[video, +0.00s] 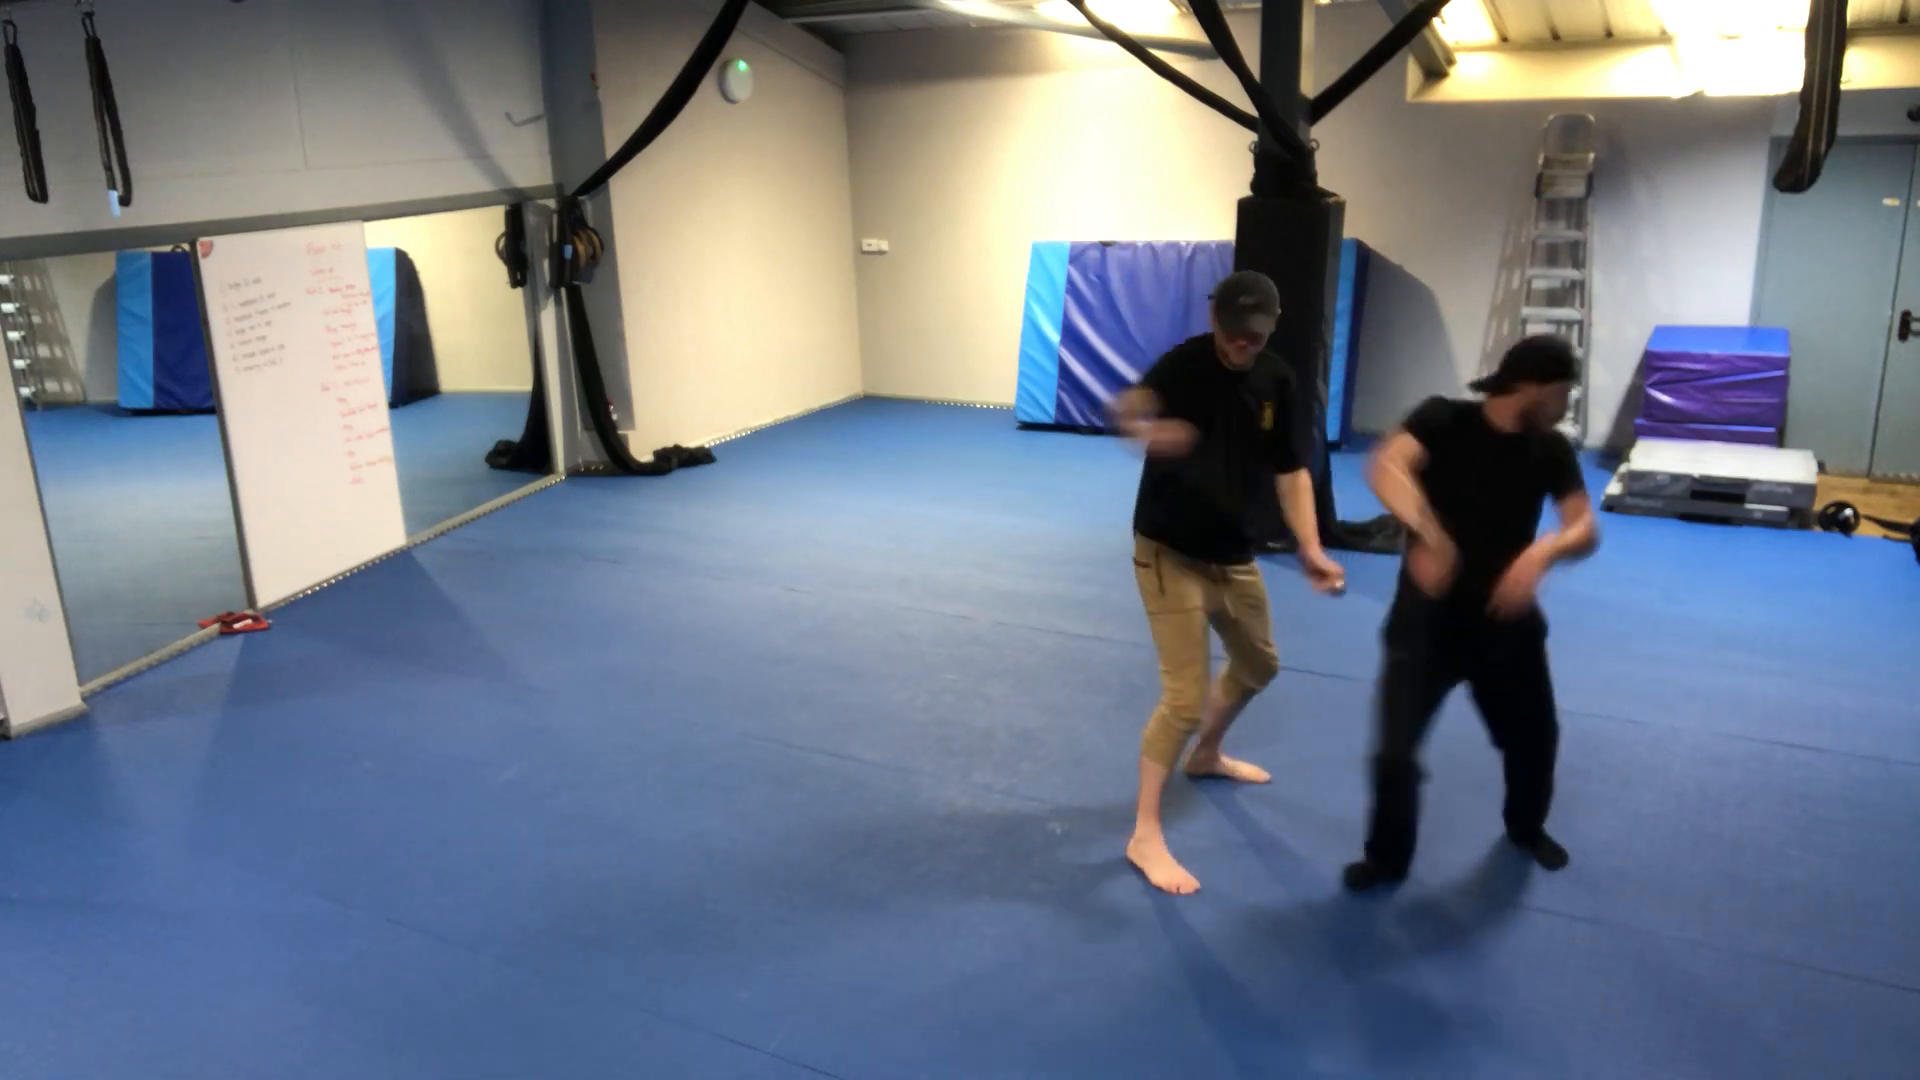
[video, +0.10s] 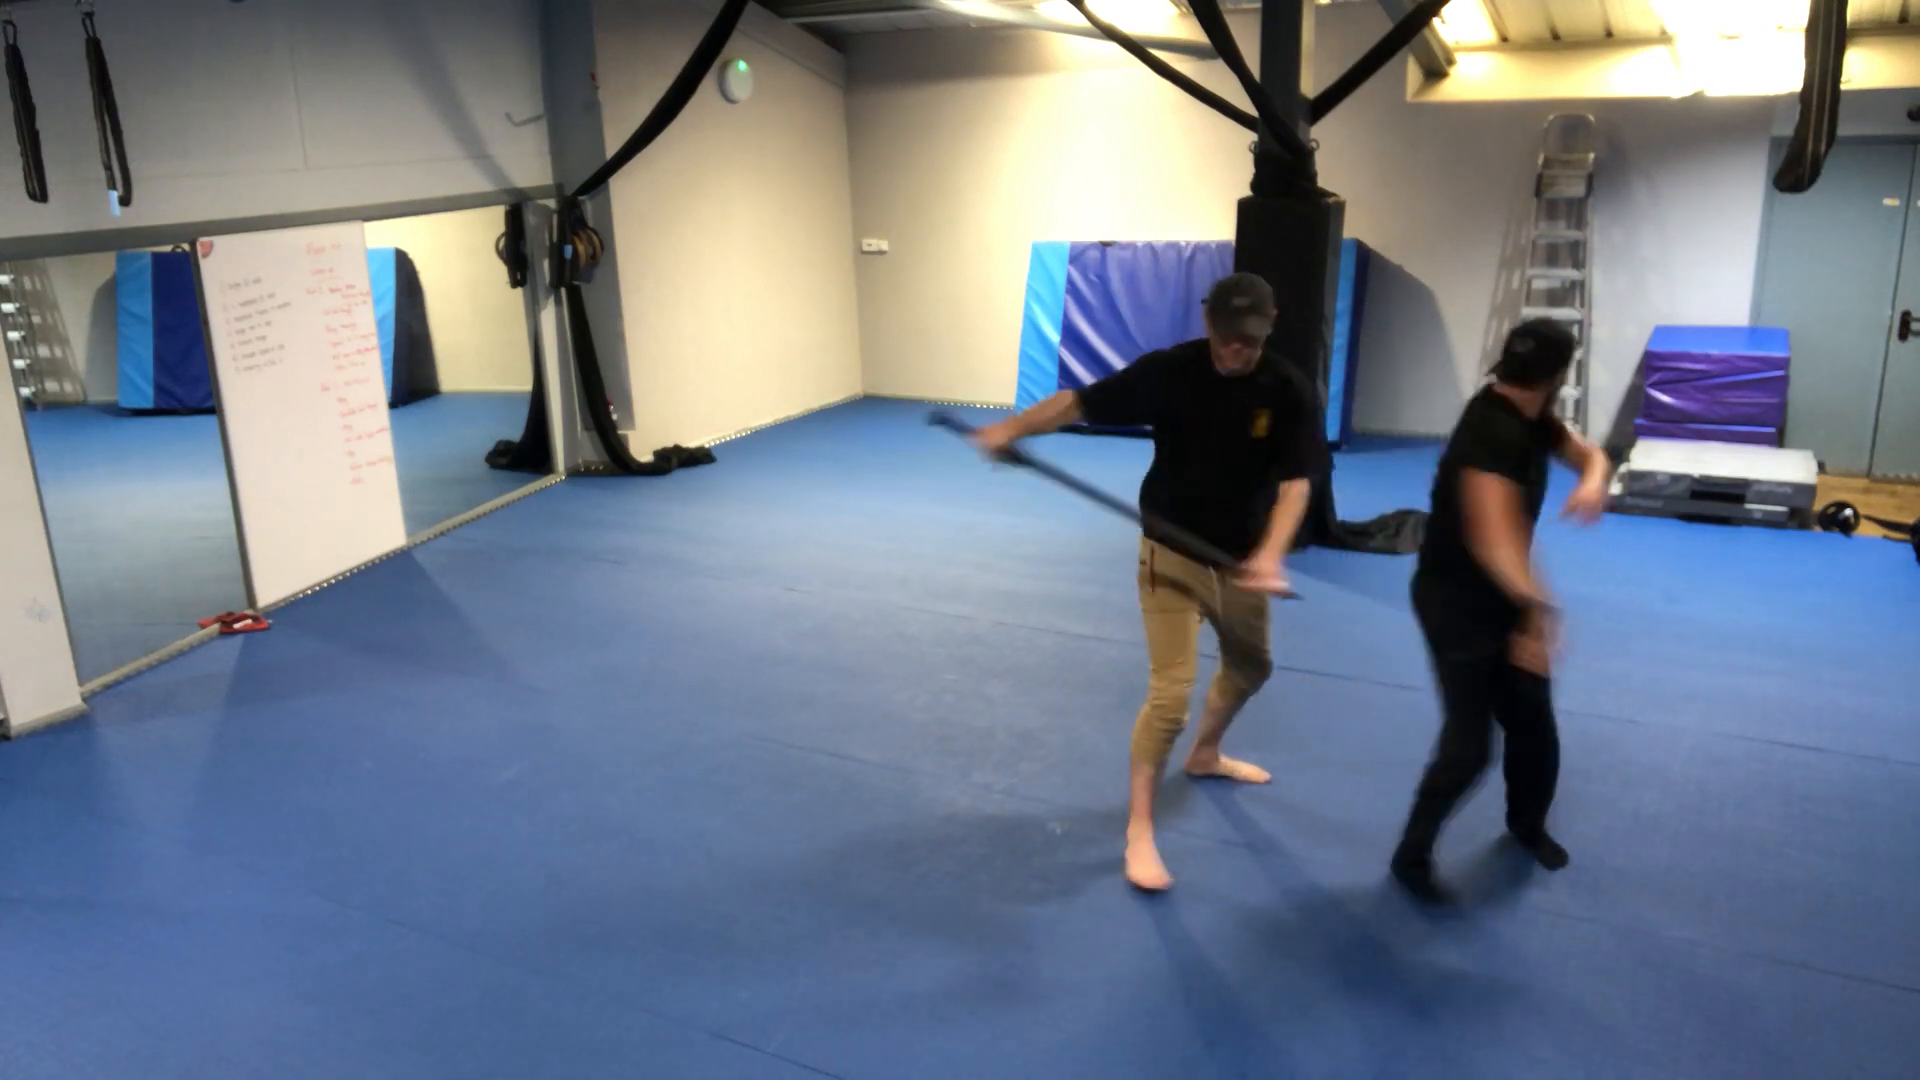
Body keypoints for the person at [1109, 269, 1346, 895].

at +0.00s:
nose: (1244, 347)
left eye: (1255, 338)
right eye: (1235, 335)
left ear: (1272, 330)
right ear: (1213, 319)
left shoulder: (1277, 382)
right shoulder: (1184, 363)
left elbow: (1292, 472)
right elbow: (1124, 411)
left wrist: (1311, 548)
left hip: (1233, 557)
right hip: (1168, 552)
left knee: (1255, 664)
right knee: (1182, 699)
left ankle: (1204, 752)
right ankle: (1145, 834)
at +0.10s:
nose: (1236, 355)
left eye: (1248, 344)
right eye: (1226, 342)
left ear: (1266, 335)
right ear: (1208, 329)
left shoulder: (1289, 390)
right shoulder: (1173, 371)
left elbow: (1297, 481)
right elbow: (1081, 401)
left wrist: (1269, 554)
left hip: (1244, 563)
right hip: (1173, 554)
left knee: (1249, 667)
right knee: (1171, 696)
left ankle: (1204, 752)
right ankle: (1140, 830)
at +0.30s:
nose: (1181, 382)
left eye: (1192, 370)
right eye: (1171, 371)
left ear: (1218, 348)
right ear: (1157, 357)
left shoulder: (1258, 407)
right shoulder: (1153, 391)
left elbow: (1274, 516)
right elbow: (1098, 441)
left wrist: (1203, 589)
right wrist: (1026, 474)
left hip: (1245, 583)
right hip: (1168, 572)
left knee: (1264, 703)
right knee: (1136, 716)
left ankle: (1254, 741)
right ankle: (1130, 843)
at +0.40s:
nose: (1173, 384)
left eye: (1184, 373)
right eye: (1163, 373)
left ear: (1211, 354)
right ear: (1152, 363)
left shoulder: (1257, 405)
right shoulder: (1157, 397)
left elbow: (1280, 515)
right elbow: (1134, 458)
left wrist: (1219, 600)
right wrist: (1071, 507)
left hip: (1254, 584)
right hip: (1177, 573)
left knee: (1285, 713)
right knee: (1136, 709)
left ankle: (1303, 784)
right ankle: (1130, 841)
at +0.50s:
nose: (1188, 382)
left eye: (1198, 370)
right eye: (1178, 373)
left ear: (1223, 346)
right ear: (1165, 363)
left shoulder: (1274, 401)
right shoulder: (1169, 399)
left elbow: (1307, 506)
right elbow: (1157, 471)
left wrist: (1255, 599)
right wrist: (1105, 530)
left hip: (1267, 582)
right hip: (1189, 572)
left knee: (1306, 719)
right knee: (1142, 707)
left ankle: (1325, 791)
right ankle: (1132, 837)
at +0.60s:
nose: (1186, 371)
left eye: (1191, 357)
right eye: (1179, 361)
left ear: (1226, 336)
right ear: (1175, 355)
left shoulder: (1289, 402)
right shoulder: (1181, 403)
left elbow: (1340, 498)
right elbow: (1170, 482)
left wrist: (1295, 590)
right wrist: (1125, 542)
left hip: (1274, 590)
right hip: (1196, 577)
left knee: (1306, 709)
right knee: (1130, 700)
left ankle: (1329, 796)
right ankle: (1144, 819)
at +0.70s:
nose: (1158, 337)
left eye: (1171, 325)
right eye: (1157, 326)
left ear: (1211, 332)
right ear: (1159, 334)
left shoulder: (1273, 400)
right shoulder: (1165, 405)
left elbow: (1358, 467)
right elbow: (1164, 479)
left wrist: (1368, 548)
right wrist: (1124, 542)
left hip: (1278, 589)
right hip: (1197, 570)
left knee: (1309, 703)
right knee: (1133, 687)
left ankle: (1328, 793)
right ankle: (1167, 798)